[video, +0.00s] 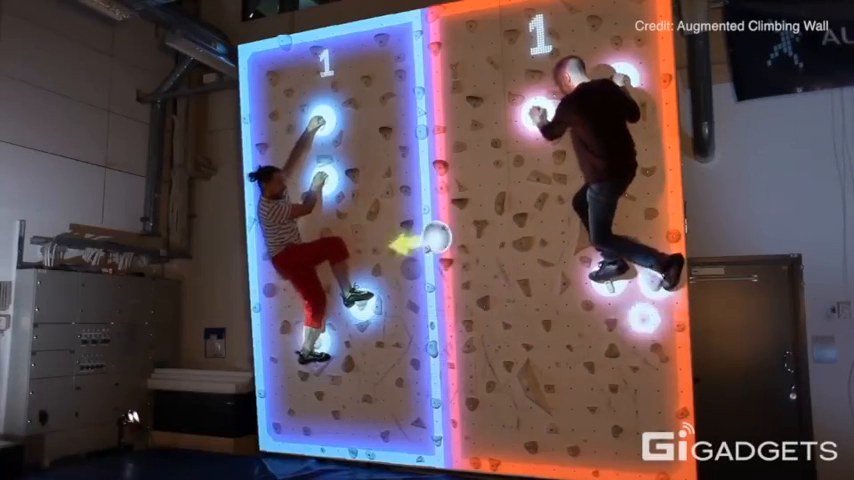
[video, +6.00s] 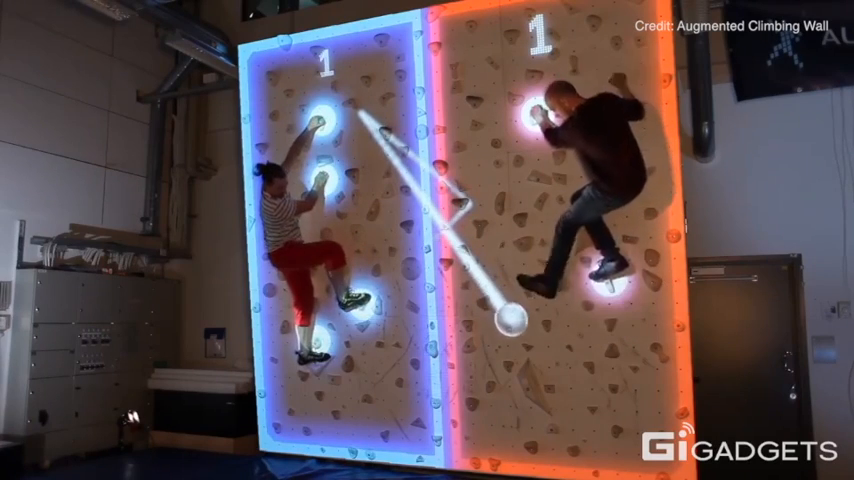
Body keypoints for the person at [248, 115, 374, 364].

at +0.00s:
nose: (284, 185)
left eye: (283, 181)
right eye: (279, 182)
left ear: (273, 185)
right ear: (267, 185)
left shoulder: (268, 200)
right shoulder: (274, 207)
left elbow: (291, 162)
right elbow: (306, 209)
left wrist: (309, 132)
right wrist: (317, 188)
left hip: (283, 259)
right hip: (291, 255)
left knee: (316, 298)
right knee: (333, 245)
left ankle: (307, 351)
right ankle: (349, 293)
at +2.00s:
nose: (286, 178)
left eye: (285, 173)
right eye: (282, 175)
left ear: (267, 178)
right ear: (272, 179)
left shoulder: (263, 194)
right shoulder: (278, 202)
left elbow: (286, 161)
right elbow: (313, 208)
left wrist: (305, 139)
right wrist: (320, 185)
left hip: (284, 257)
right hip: (295, 251)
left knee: (311, 299)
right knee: (340, 243)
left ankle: (306, 350)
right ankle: (348, 292)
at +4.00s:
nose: (304, 158)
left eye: (302, 155)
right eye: (300, 157)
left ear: (289, 165)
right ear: (293, 165)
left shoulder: (287, 175)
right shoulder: (295, 186)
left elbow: (312, 143)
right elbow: (318, 209)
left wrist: (330, 111)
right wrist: (320, 185)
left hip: (288, 241)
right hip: (300, 238)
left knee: (301, 294)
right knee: (345, 242)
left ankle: (305, 347)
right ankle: (348, 291)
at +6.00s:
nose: (285, 188)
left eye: (285, 184)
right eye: (280, 185)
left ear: (282, 181)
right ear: (270, 187)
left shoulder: (270, 193)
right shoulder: (278, 204)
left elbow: (292, 157)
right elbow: (309, 205)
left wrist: (309, 130)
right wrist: (320, 185)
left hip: (283, 253)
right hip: (288, 252)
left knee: (304, 299)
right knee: (332, 250)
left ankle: (305, 352)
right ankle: (344, 297)